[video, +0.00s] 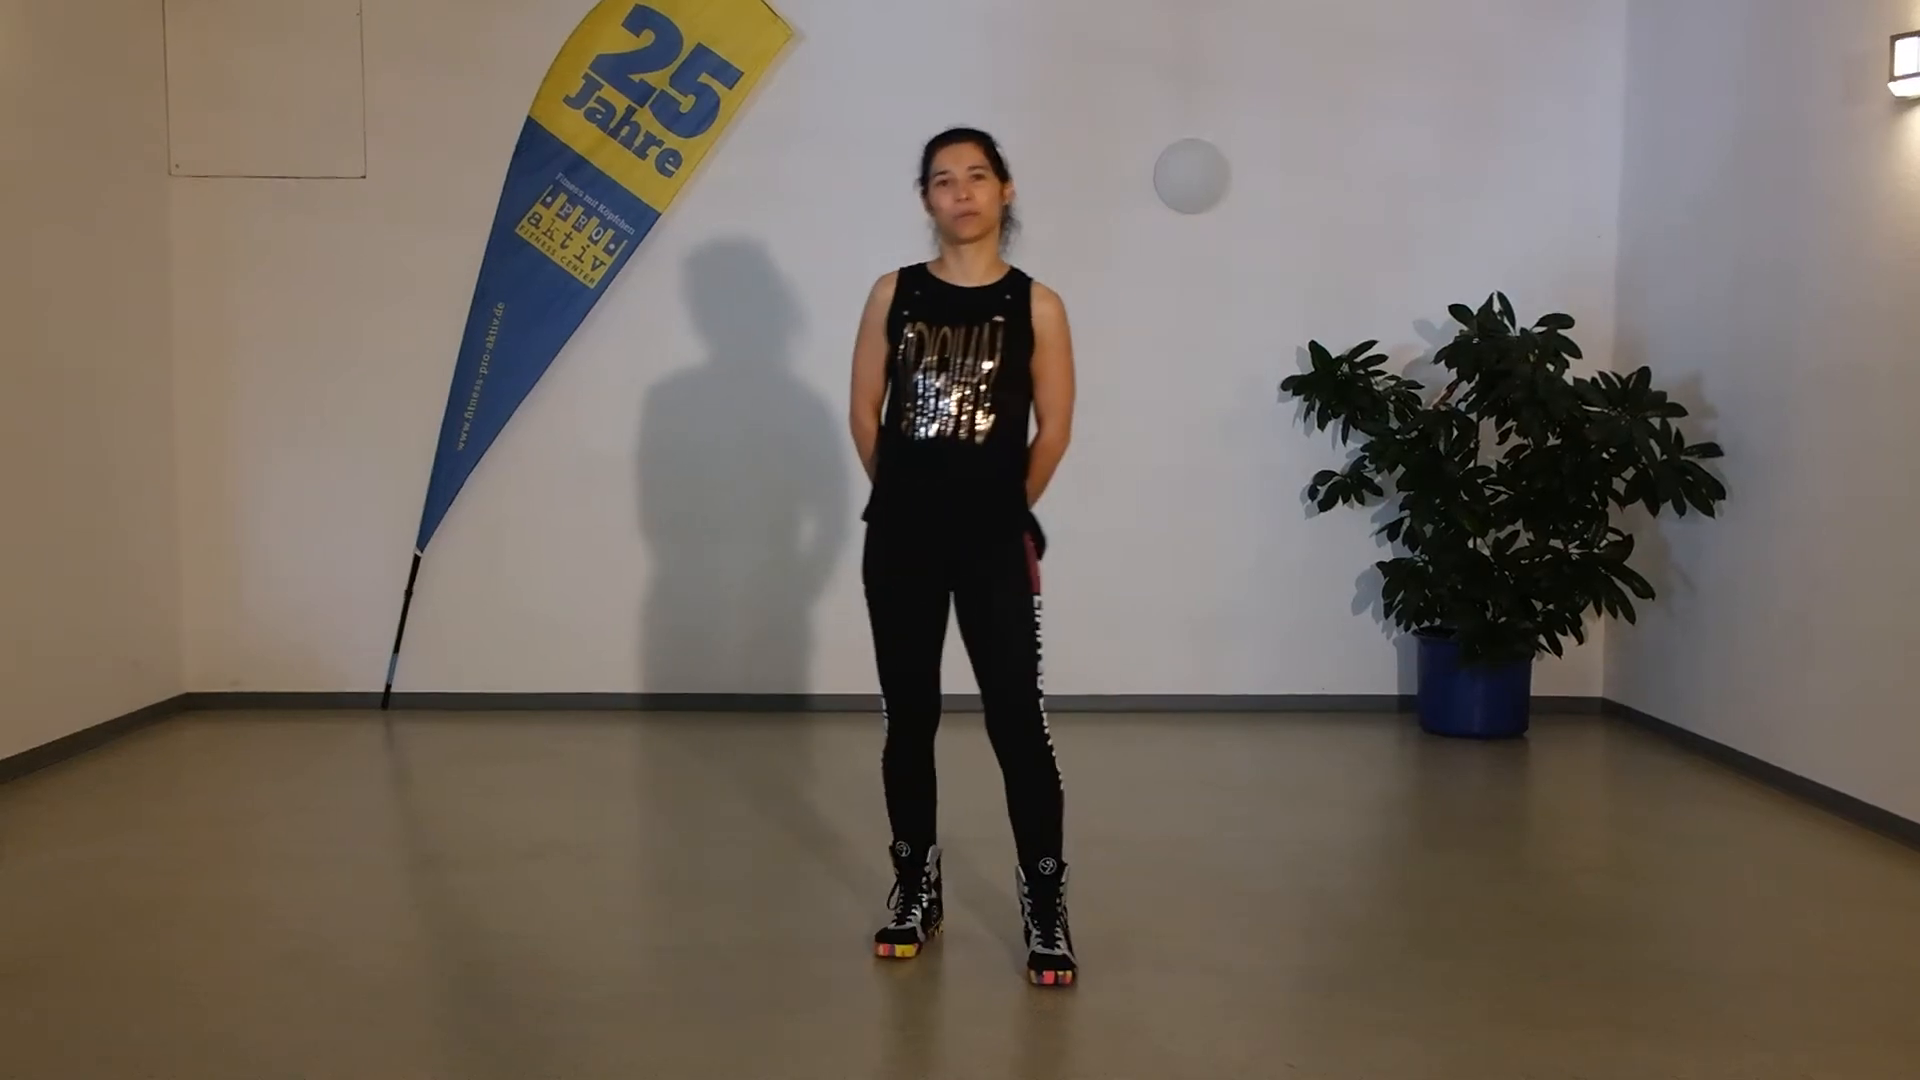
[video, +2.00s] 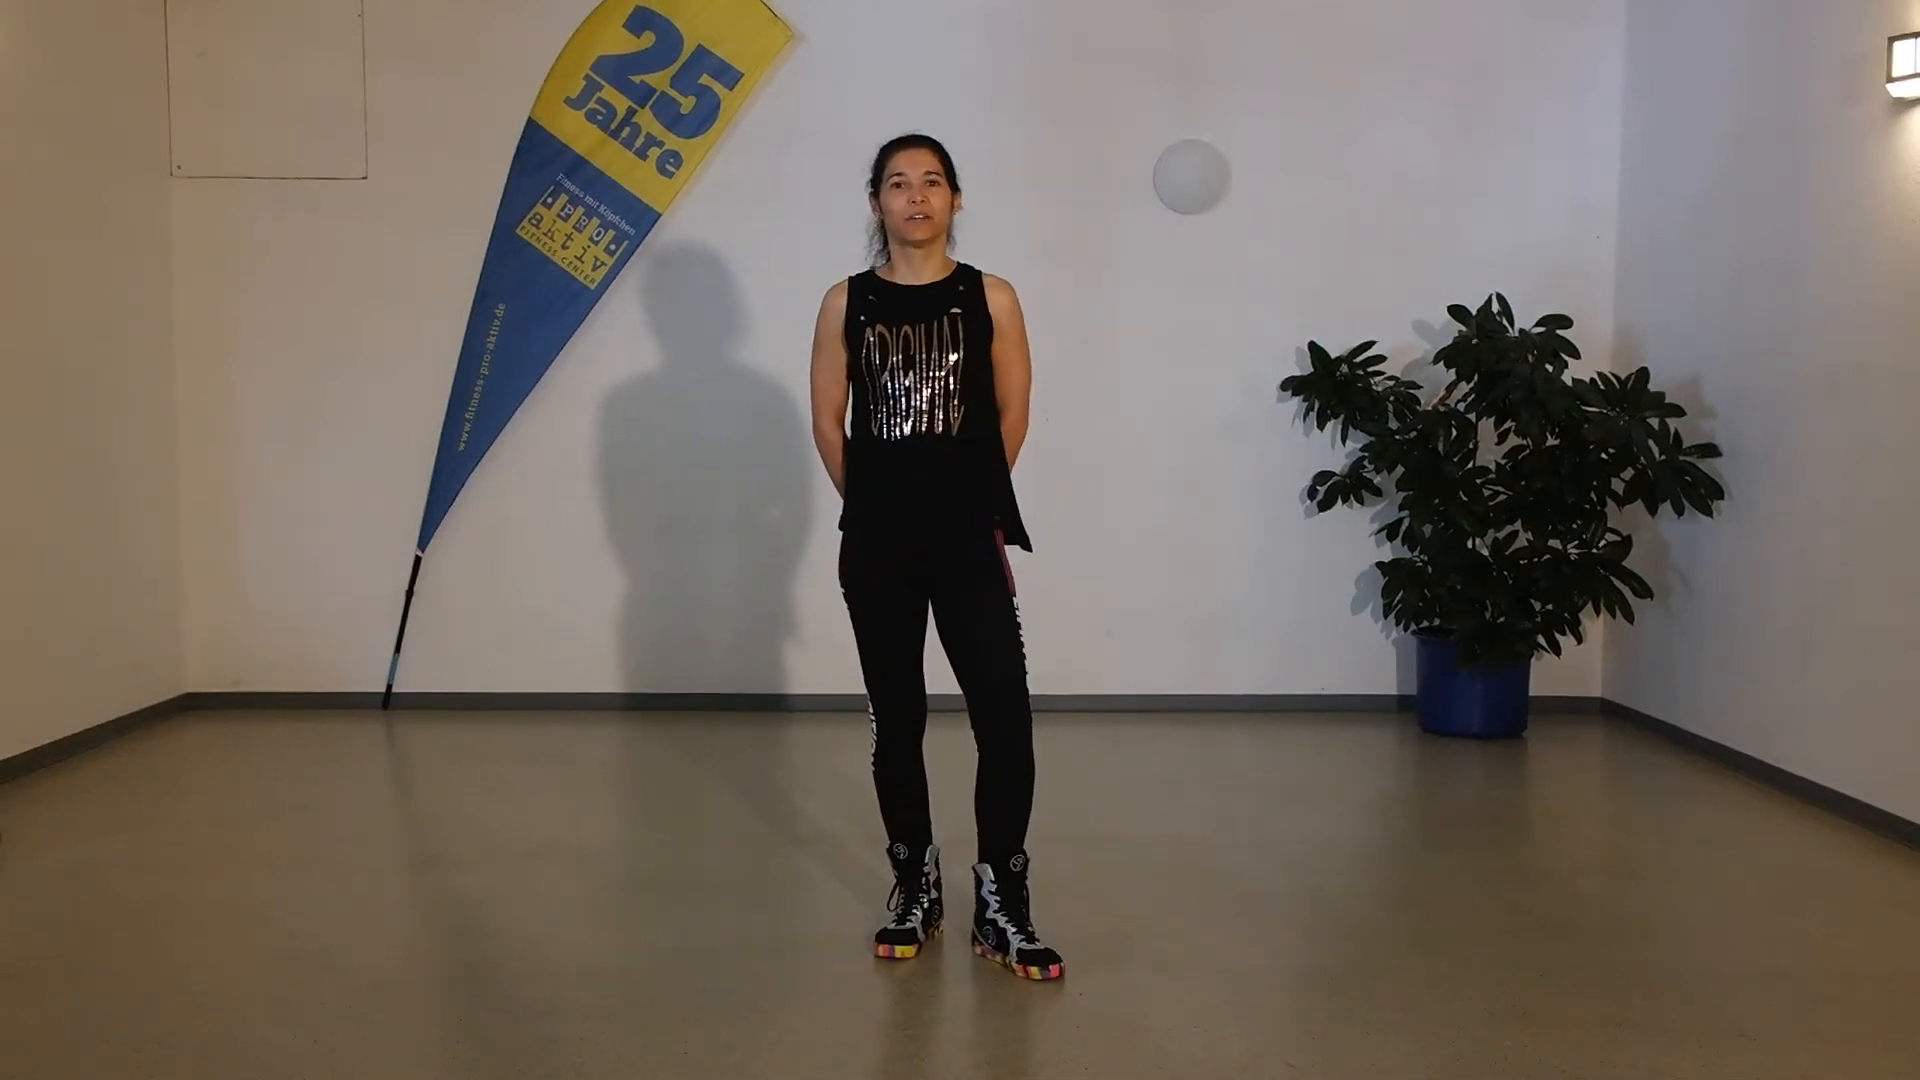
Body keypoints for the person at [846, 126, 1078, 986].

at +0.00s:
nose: (959, 191)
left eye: (975, 177)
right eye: (943, 181)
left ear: (1005, 194)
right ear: (925, 201)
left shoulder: (1036, 303)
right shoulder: (893, 293)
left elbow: (1055, 426)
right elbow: (864, 416)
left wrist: (1013, 510)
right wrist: (894, 494)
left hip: (993, 531)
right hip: (902, 529)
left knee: (1017, 724)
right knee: (908, 719)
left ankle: (1046, 910)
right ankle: (913, 893)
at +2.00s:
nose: (916, 195)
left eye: (931, 182)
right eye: (899, 184)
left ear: (955, 202)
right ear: (876, 205)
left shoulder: (992, 297)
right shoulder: (846, 301)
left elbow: (1013, 422)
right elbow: (827, 427)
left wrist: (971, 498)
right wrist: (868, 505)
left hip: (967, 534)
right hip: (877, 538)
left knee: (1005, 720)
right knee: (897, 720)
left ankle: (1001, 901)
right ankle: (913, 886)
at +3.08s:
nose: (942, 205)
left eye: (961, 196)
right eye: (929, 189)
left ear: (978, 217)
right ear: (905, 203)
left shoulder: (998, 311)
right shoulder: (855, 298)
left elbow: (1012, 430)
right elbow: (827, 421)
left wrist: (963, 507)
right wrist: (859, 501)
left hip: (958, 537)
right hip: (866, 536)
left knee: (987, 720)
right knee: (890, 719)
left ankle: (994, 902)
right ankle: (912, 888)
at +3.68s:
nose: (946, 212)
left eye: (964, 202)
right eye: (933, 198)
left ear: (988, 221)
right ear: (911, 211)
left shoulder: (999, 326)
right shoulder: (859, 296)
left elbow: (1003, 446)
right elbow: (815, 411)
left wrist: (950, 515)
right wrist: (838, 497)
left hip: (943, 539)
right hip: (851, 534)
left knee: (979, 720)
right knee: (880, 719)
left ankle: (993, 902)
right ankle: (911, 888)